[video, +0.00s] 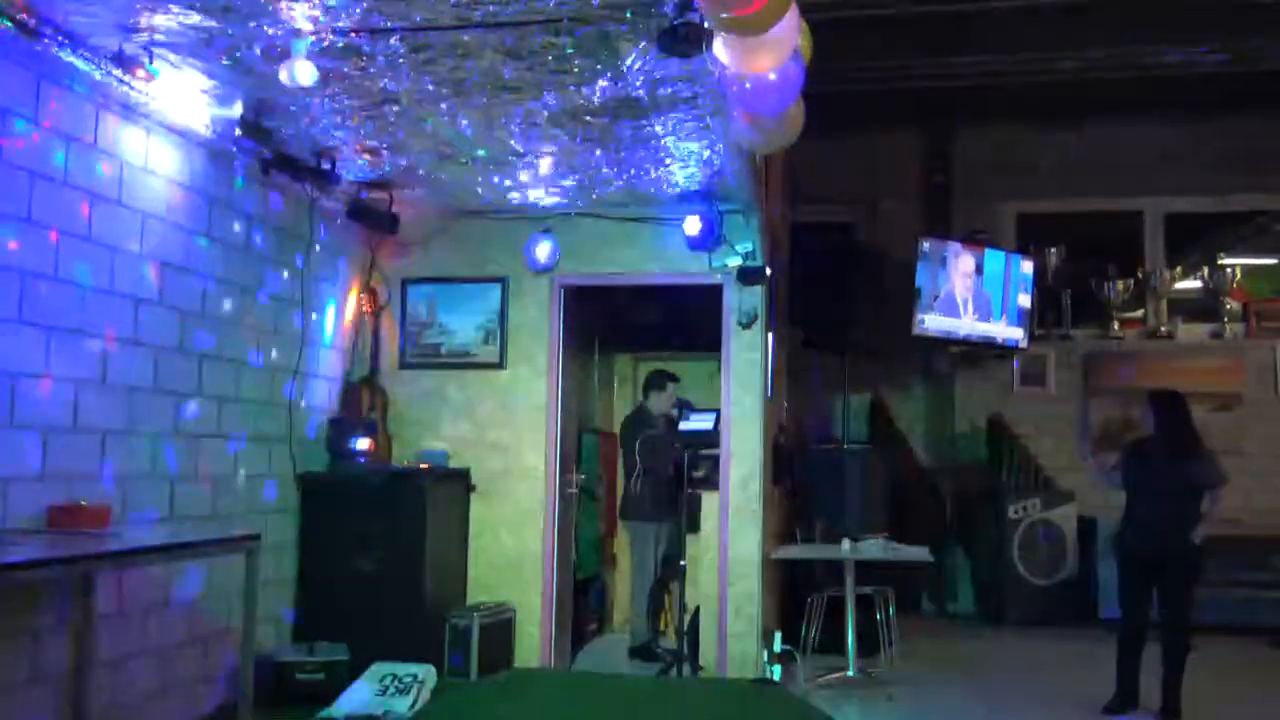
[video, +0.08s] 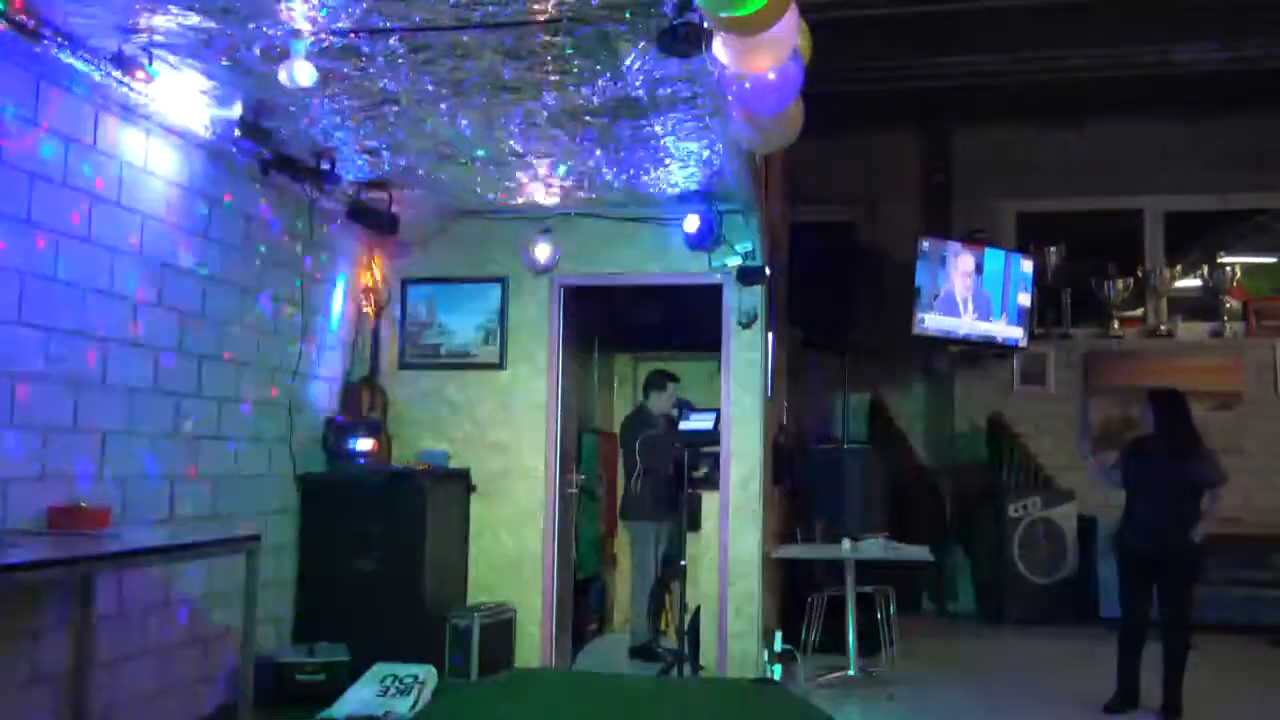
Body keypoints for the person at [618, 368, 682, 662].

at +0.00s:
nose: (674, 400)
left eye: (675, 394)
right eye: (671, 394)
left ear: (657, 394)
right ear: (654, 393)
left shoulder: (665, 425)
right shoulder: (635, 423)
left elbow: (674, 458)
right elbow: (650, 460)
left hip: (666, 509)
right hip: (643, 510)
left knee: (656, 579)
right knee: (644, 578)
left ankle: (648, 639)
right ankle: (639, 643)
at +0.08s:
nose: (674, 400)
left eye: (675, 394)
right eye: (671, 394)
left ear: (660, 394)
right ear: (654, 393)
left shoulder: (665, 425)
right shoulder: (635, 423)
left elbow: (675, 458)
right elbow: (650, 461)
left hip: (666, 509)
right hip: (643, 510)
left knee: (657, 579)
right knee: (644, 578)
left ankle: (649, 639)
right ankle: (639, 642)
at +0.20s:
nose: (676, 399)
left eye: (677, 394)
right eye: (672, 393)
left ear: (662, 392)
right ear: (656, 392)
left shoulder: (667, 424)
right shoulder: (633, 423)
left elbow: (677, 457)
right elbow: (649, 460)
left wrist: (687, 418)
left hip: (666, 510)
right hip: (643, 511)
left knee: (656, 580)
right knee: (644, 579)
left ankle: (649, 640)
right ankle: (640, 642)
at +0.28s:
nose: (675, 401)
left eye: (676, 395)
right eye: (671, 395)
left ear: (662, 394)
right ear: (655, 393)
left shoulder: (666, 425)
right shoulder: (632, 424)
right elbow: (647, 460)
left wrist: (686, 417)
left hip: (666, 510)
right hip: (642, 511)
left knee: (654, 576)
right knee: (643, 575)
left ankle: (647, 634)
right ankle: (638, 637)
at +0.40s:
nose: (675, 400)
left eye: (675, 394)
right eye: (670, 394)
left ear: (662, 393)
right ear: (655, 393)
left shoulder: (665, 424)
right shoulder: (636, 423)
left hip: (666, 510)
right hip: (644, 511)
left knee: (656, 579)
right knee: (646, 579)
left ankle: (650, 639)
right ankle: (640, 641)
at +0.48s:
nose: (674, 402)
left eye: (675, 396)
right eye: (670, 395)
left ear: (661, 394)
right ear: (655, 394)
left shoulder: (663, 425)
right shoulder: (638, 422)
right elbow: (655, 463)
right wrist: (672, 421)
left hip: (665, 509)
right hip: (645, 511)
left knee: (654, 578)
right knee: (645, 578)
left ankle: (652, 637)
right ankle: (640, 639)